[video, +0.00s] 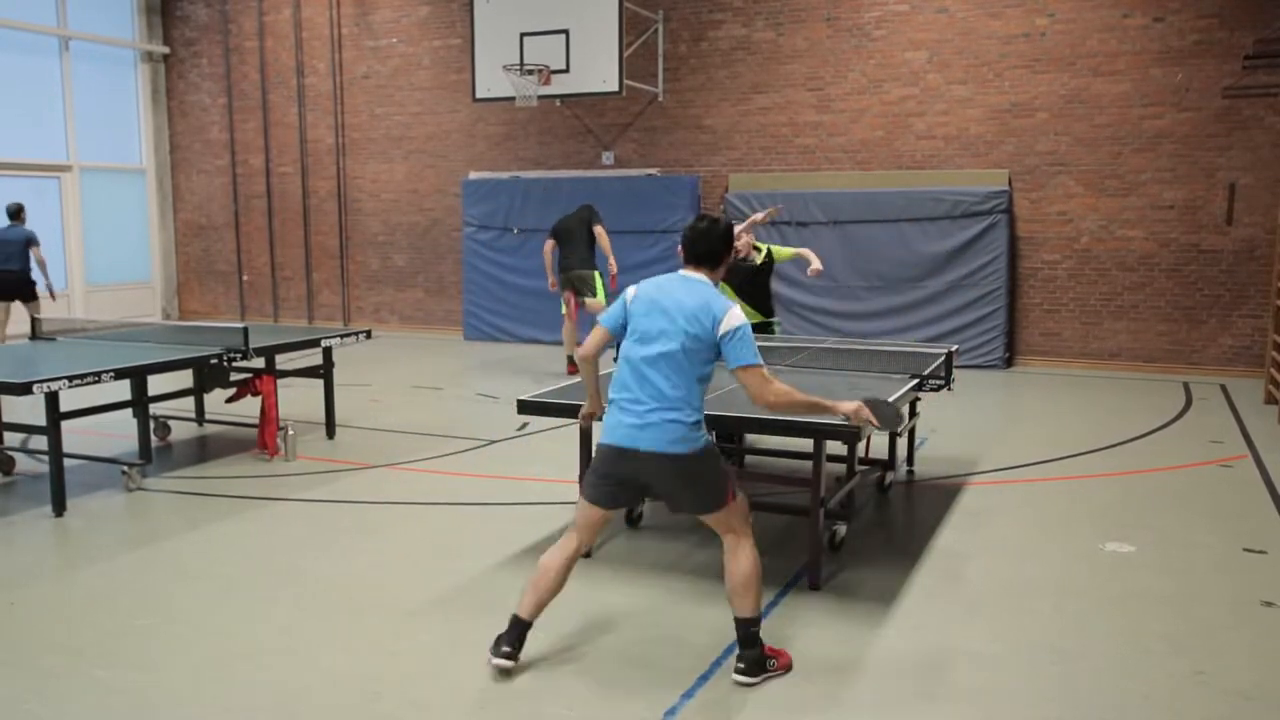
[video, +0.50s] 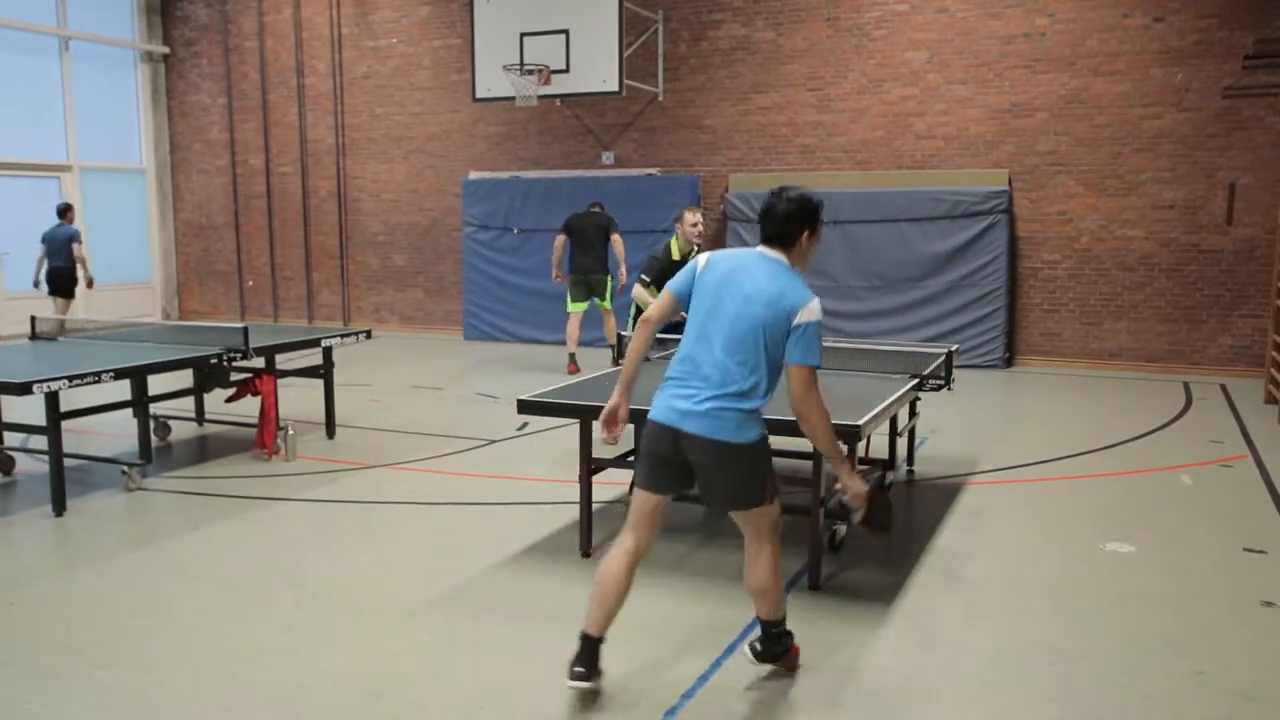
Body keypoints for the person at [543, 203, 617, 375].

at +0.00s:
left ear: (574, 212)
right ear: (589, 210)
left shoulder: (559, 223)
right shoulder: (589, 212)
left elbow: (547, 249)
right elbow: (599, 232)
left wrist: (550, 276)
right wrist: (610, 257)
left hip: (565, 271)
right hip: (587, 269)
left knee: (569, 317)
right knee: (600, 307)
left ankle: (570, 359)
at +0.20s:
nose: (596, 213)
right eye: (595, 209)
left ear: (577, 207)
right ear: (591, 207)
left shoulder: (562, 219)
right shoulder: (592, 213)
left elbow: (549, 245)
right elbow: (601, 231)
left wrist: (553, 272)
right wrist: (612, 257)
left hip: (568, 273)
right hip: (590, 269)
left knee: (570, 318)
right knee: (606, 305)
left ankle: (570, 360)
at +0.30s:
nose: (595, 211)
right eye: (595, 208)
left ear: (579, 206)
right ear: (594, 207)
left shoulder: (564, 219)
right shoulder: (596, 215)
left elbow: (552, 244)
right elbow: (604, 232)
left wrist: (555, 271)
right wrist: (615, 259)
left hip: (570, 274)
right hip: (593, 272)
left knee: (571, 317)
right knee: (600, 316)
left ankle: (570, 360)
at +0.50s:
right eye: (602, 211)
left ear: (588, 209)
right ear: (602, 211)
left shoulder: (573, 219)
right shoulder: (607, 220)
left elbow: (559, 242)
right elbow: (616, 240)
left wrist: (555, 268)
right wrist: (622, 266)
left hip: (577, 274)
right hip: (600, 274)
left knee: (574, 316)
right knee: (608, 313)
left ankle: (571, 359)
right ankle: (615, 354)